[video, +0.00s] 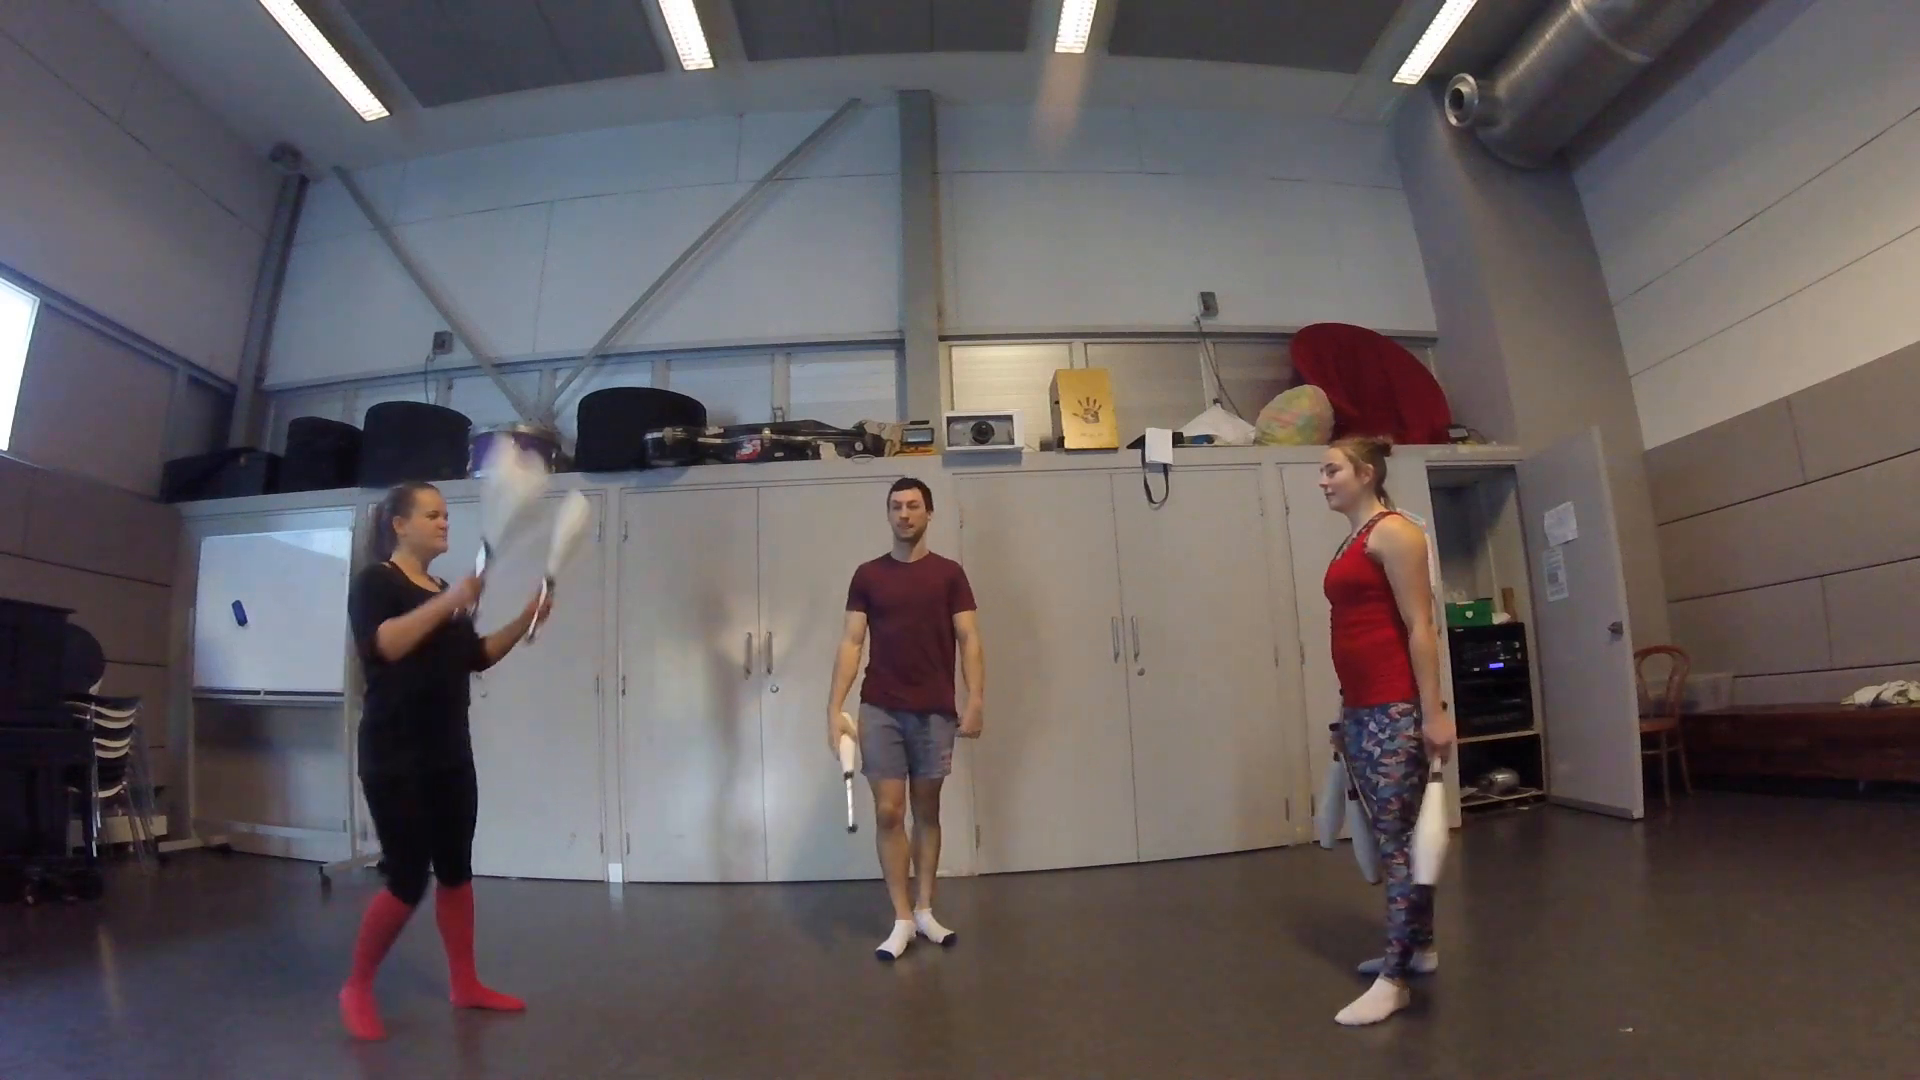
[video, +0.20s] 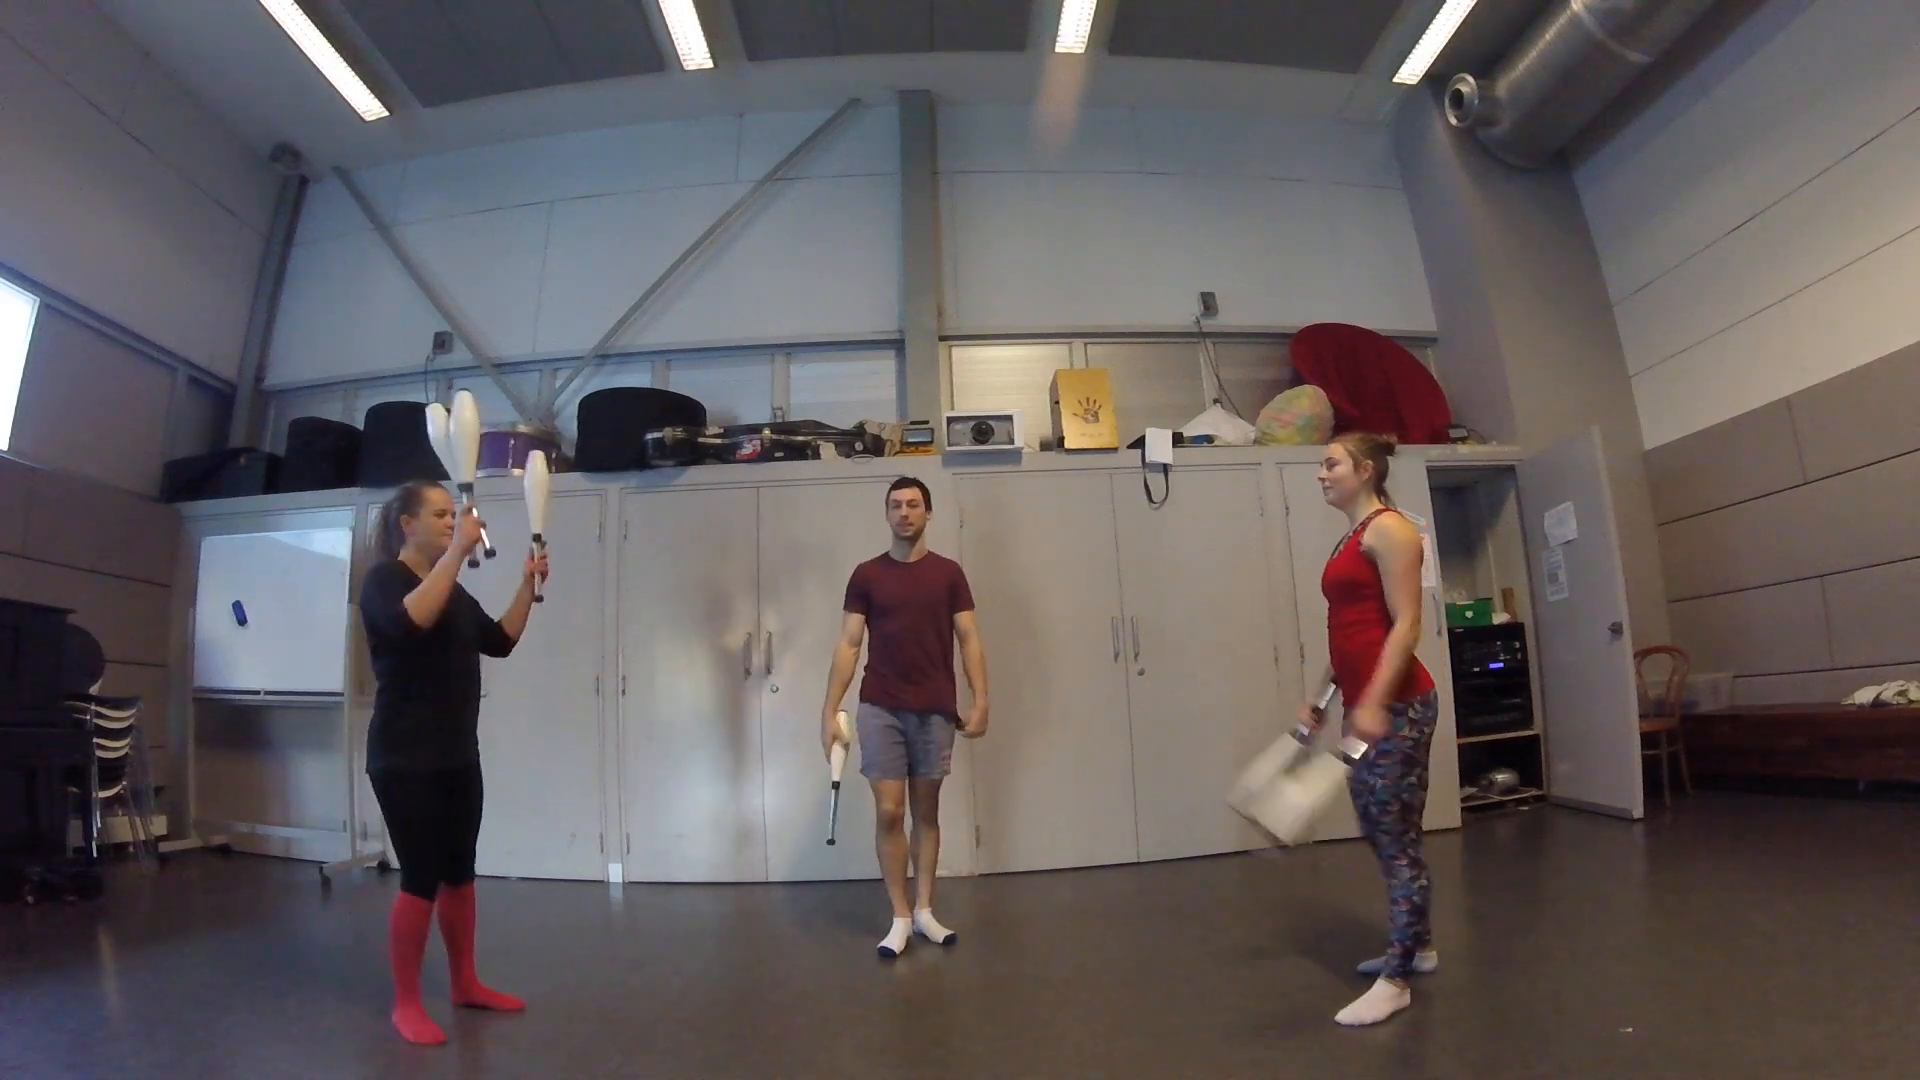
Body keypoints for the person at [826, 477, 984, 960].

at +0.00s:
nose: (904, 513)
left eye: (912, 506)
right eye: (897, 507)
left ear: (928, 515)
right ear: (887, 516)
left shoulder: (948, 572)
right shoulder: (868, 574)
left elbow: (969, 638)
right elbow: (851, 643)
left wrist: (975, 700)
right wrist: (835, 707)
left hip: (934, 708)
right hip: (880, 707)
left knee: (926, 810)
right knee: (888, 813)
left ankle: (925, 910)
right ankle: (902, 920)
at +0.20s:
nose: (904, 512)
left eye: (912, 505)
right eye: (896, 506)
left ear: (927, 514)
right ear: (886, 515)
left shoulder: (948, 572)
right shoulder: (867, 573)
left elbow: (969, 638)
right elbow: (849, 644)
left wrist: (981, 701)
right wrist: (830, 711)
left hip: (934, 707)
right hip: (880, 706)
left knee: (926, 812)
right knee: (889, 814)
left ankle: (924, 911)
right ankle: (900, 918)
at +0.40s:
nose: (898, 511)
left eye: (906, 504)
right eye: (890, 505)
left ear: (921, 513)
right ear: (879, 515)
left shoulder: (943, 571)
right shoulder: (862, 575)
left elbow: (965, 636)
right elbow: (847, 647)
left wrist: (980, 698)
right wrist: (835, 716)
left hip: (934, 707)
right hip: (880, 708)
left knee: (925, 811)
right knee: (892, 815)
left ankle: (925, 911)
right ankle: (903, 920)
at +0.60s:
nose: (893, 510)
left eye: (901, 503)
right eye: (884, 504)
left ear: (915, 512)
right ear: (872, 513)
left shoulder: (939, 569)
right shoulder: (856, 576)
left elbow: (962, 633)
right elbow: (844, 648)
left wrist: (977, 694)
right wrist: (840, 719)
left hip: (930, 710)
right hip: (876, 711)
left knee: (922, 816)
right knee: (890, 817)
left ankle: (924, 912)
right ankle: (902, 919)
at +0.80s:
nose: (890, 510)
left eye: (898, 502)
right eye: (881, 503)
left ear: (911, 511)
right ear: (868, 513)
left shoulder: (936, 568)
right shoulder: (852, 576)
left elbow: (958, 632)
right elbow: (840, 645)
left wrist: (976, 692)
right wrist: (838, 710)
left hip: (929, 711)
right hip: (875, 714)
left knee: (921, 816)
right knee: (891, 816)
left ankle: (924, 912)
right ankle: (902, 920)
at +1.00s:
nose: (888, 509)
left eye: (896, 502)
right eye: (880, 503)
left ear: (910, 510)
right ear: (867, 512)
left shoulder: (934, 568)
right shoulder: (850, 576)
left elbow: (957, 633)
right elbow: (838, 647)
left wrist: (973, 694)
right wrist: (834, 716)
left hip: (927, 712)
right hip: (872, 714)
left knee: (920, 816)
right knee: (889, 817)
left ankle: (924, 912)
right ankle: (903, 920)